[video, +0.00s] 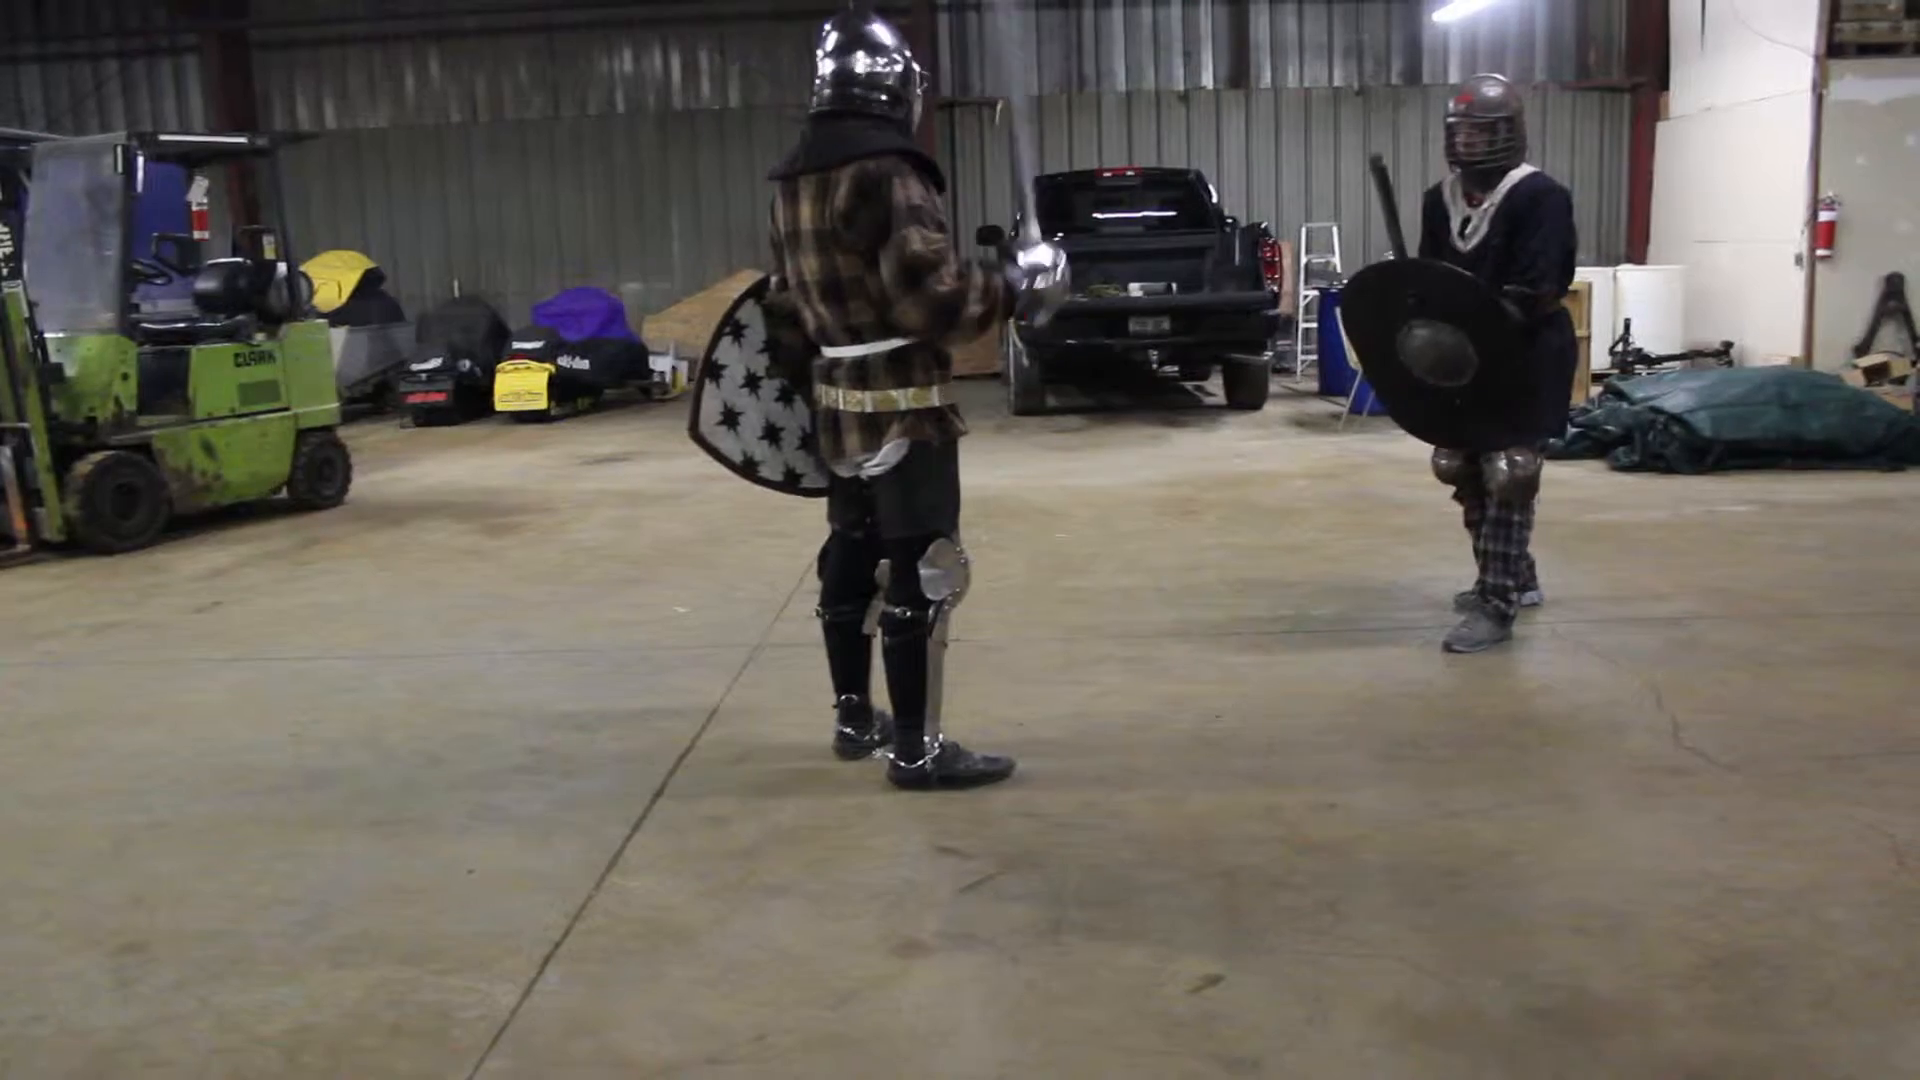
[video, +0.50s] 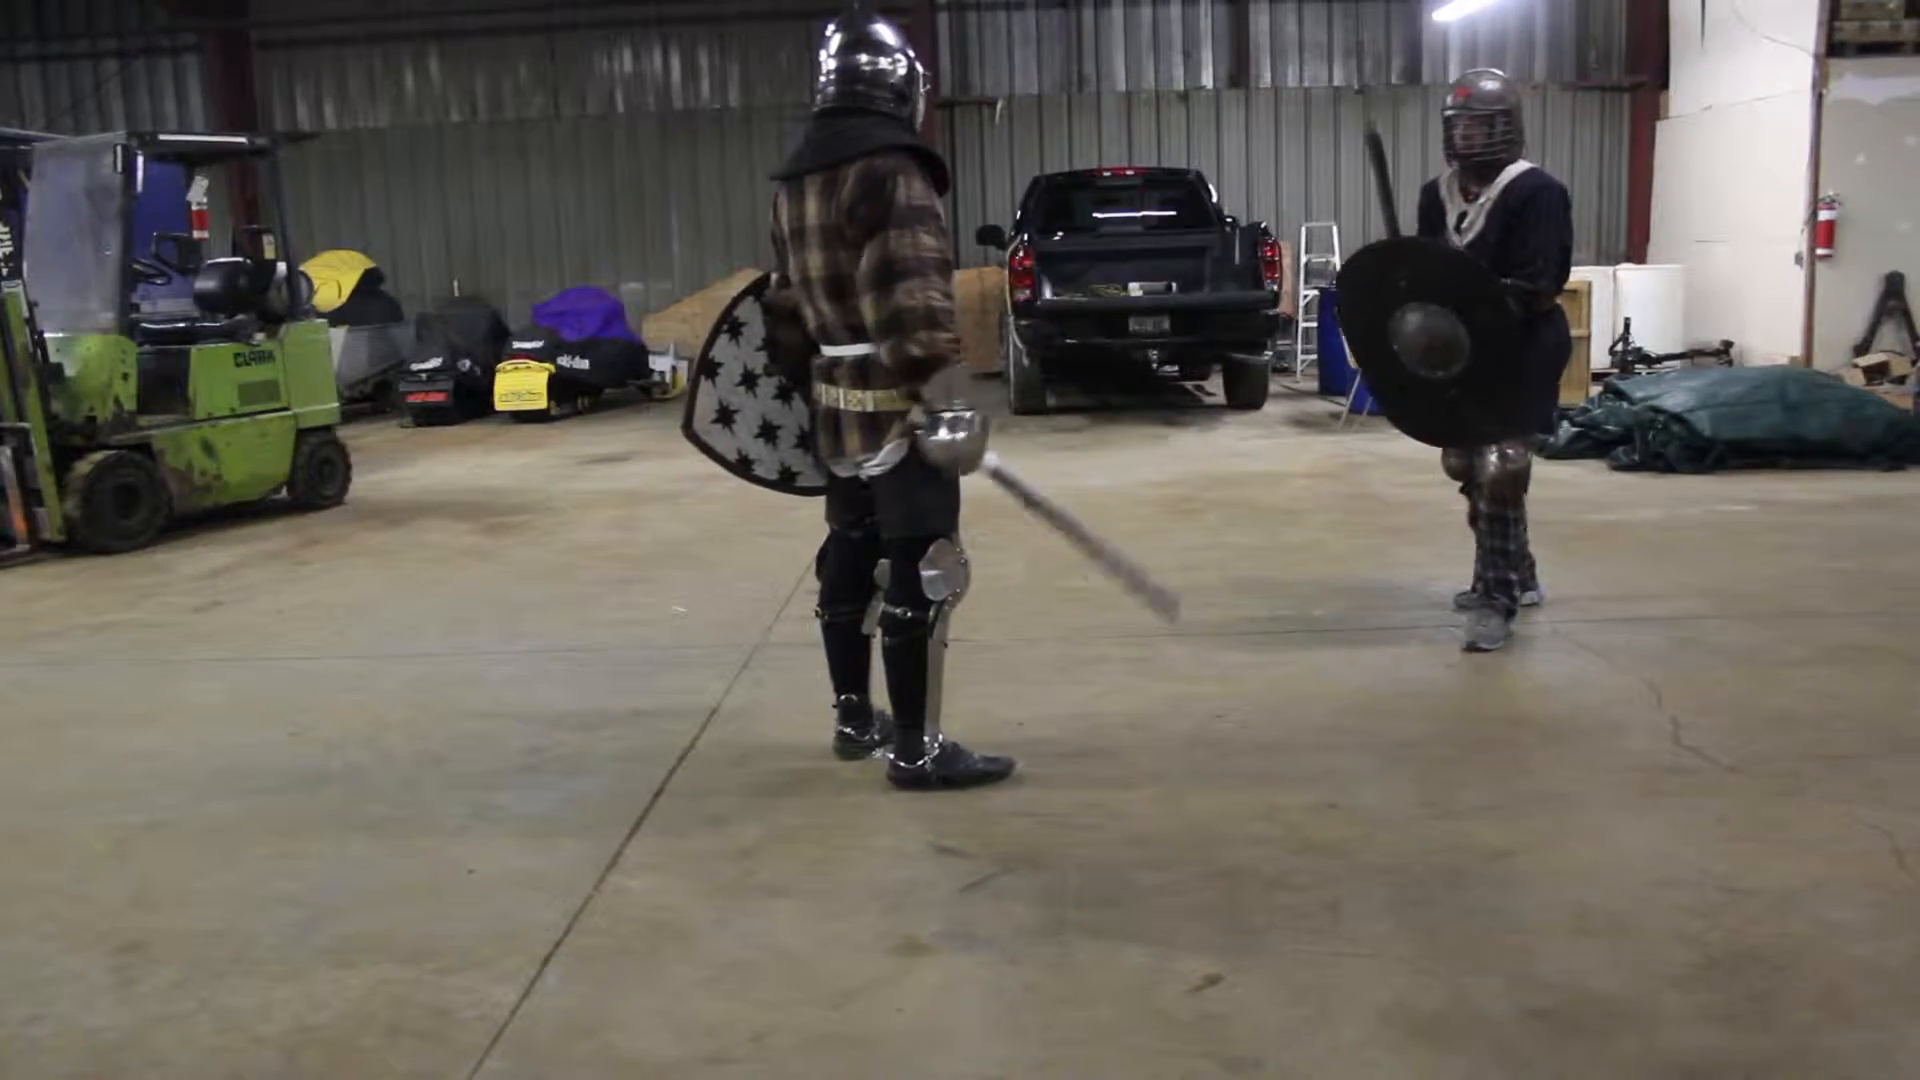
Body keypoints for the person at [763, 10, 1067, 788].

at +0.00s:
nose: (919, 106)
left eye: (916, 91)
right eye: (914, 92)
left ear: (828, 87)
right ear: (894, 91)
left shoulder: (795, 179)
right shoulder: (889, 176)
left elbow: (788, 302)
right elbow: (934, 300)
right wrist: (1014, 283)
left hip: (837, 406)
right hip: (906, 407)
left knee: (851, 549)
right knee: (922, 566)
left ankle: (854, 716)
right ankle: (919, 744)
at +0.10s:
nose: (919, 105)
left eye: (916, 91)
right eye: (914, 91)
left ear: (832, 86)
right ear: (894, 90)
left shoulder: (795, 178)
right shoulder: (886, 174)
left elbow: (789, 305)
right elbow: (919, 298)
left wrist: (830, 362)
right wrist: (1003, 313)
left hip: (837, 407)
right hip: (903, 407)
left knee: (853, 550)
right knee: (921, 565)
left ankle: (855, 716)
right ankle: (918, 744)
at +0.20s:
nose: (921, 105)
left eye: (918, 90)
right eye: (916, 90)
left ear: (831, 85)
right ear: (896, 89)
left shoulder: (796, 178)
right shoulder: (887, 173)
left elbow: (788, 309)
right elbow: (920, 307)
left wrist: (828, 373)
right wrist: (999, 346)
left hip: (837, 407)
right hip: (903, 408)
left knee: (853, 549)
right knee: (921, 565)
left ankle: (855, 715)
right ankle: (918, 743)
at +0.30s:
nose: (921, 105)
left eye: (918, 92)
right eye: (916, 92)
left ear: (833, 84)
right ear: (896, 89)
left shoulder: (795, 176)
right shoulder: (887, 172)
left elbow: (787, 308)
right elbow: (919, 308)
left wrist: (821, 381)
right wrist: (987, 376)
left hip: (837, 409)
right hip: (902, 410)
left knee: (852, 550)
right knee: (920, 567)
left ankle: (855, 714)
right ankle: (918, 743)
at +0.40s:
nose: (923, 102)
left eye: (918, 88)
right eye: (917, 88)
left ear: (833, 85)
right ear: (900, 88)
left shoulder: (796, 174)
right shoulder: (892, 170)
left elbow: (785, 304)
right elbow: (915, 303)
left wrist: (820, 381)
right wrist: (970, 396)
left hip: (837, 409)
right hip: (901, 411)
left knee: (852, 551)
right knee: (920, 568)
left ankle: (855, 716)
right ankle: (917, 743)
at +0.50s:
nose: (924, 107)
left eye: (920, 92)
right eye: (919, 93)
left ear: (833, 86)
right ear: (901, 90)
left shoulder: (795, 175)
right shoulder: (896, 170)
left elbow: (784, 303)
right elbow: (918, 301)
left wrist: (819, 381)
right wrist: (945, 402)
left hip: (837, 410)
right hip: (898, 413)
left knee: (851, 550)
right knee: (920, 566)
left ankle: (854, 717)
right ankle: (918, 743)